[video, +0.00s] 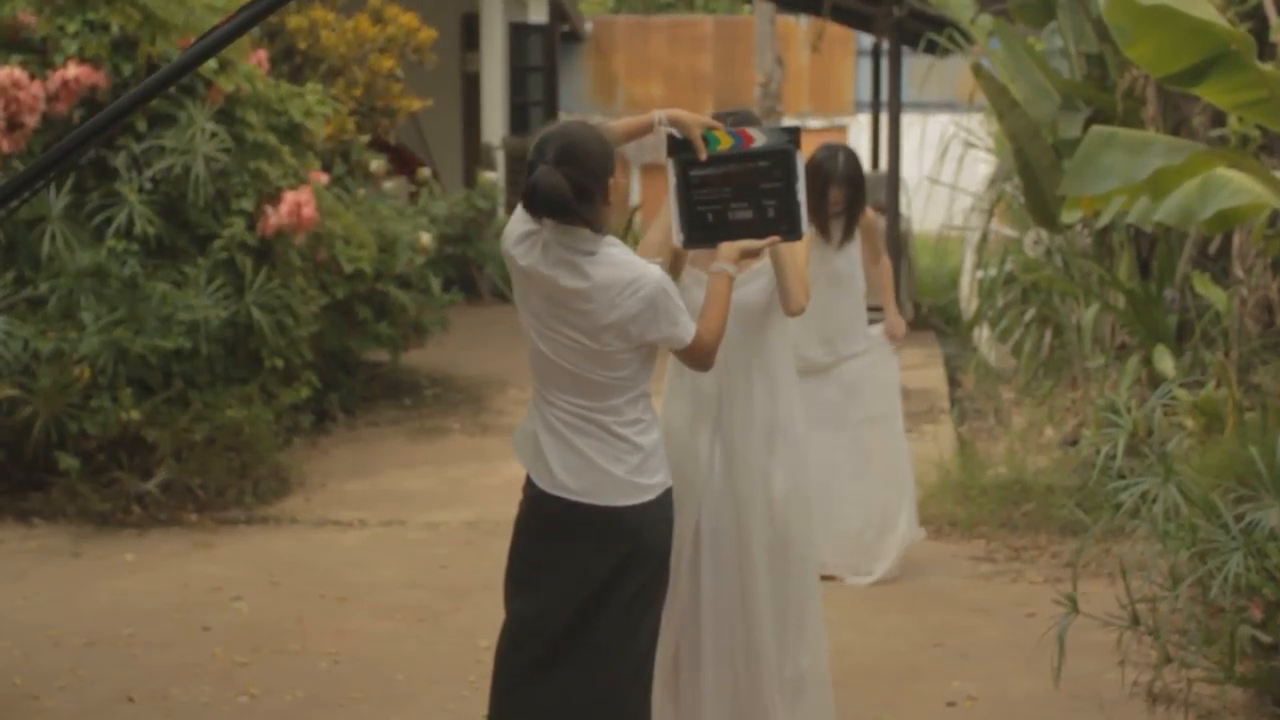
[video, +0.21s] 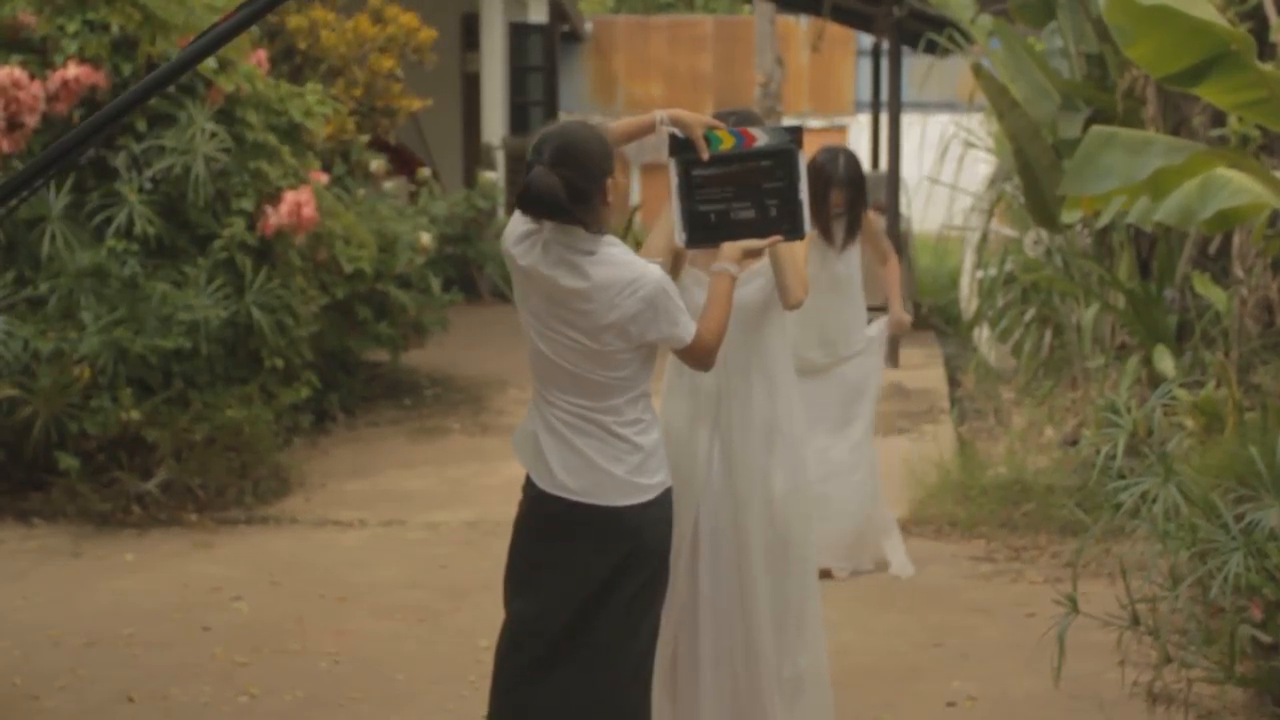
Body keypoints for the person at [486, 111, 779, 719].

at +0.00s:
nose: (627, 179)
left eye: (622, 169)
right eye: (621, 170)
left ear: (549, 181)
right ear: (608, 187)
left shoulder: (524, 245)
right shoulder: (637, 281)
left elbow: (554, 156)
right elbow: (700, 352)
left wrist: (655, 120)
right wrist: (723, 267)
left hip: (551, 490)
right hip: (631, 497)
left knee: (528, 653)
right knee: (618, 664)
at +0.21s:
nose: (627, 182)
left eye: (623, 172)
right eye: (622, 173)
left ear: (550, 181)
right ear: (607, 187)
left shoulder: (524, 245)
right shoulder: (637, 281)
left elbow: (558, 158)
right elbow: (701, 352)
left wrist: (658, 119)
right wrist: (726, 267)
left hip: (551, 491)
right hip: (631, 498)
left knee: (527, 655)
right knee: (618, 665)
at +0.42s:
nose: (625, 181)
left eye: (619, 170)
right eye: (620, 172)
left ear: (548, 181)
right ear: (607, 188)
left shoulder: (523, 243)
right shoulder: (635, 280)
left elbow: (564, 153)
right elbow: (701, 352)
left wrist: (661, 121)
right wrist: (727, 267)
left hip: (551, 489)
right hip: (629, 497)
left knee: (526, 654)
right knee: (619, 667)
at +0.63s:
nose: (625, 180)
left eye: (620, 170)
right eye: (620, 171)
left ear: (548, 180)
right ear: (608, 187)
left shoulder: (523, 243)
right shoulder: (636, 280)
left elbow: (562, 156)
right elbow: (701, 351)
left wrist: (658, 120)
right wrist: (726, 267)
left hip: (551, 488)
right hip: (629, 496)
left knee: (526, 654)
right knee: (618, 666)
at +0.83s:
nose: (625, 180)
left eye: (616, 168)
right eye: (618, 170)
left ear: (546, 181)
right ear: (608, 188)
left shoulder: (523, 243)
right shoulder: (637, 279)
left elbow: (562, 158)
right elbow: (700, 354)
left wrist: (658, 123)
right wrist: (727, 269)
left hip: (550, 488)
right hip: (629, 496)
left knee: (527, 655)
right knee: (618, 667)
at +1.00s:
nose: (623, 179)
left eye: (615, 166)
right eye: (617, 169)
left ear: (544, 181)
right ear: (607, 186)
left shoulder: (523, 243)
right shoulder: (637, 278)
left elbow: (559, 162)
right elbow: (699, 355)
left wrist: (654, 126)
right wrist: (727, 269)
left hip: (551, 488)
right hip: (629, 496)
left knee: (527, 654)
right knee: (618, 666)